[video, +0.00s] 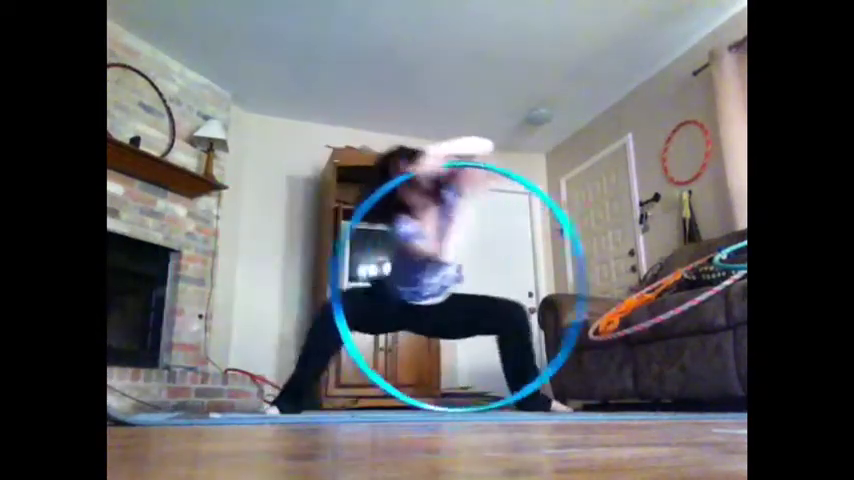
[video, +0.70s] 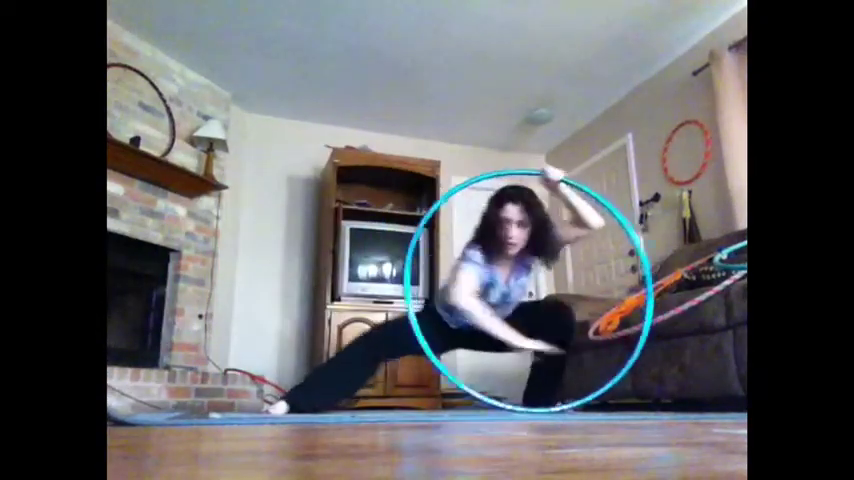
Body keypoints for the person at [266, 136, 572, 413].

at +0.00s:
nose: (413, 184)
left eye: (414, 176)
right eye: (405, 181)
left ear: (427, 174)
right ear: (396, 189)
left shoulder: (451, 192)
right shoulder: (400, 222)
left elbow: (486, 148)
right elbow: (439, 252)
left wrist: (439, 155)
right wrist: (456, 198)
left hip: (438, 308)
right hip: (390, 306)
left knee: (510, 316)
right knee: (336, 311)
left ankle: (533, 403)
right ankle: (290, 403)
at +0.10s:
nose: (452, 196)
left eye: (455, 187)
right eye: (442, 191)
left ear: (467, 184)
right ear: (433, 197)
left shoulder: (486, 199)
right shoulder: (438, 232)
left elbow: (536, 161)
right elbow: (484, 263)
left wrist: (497, 160)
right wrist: (529, 223)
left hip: (468, 307)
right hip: (417, 307)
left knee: (538, 315)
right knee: (361, 321)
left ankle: (535, 402)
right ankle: (287, 406)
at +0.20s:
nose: (476, 202)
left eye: (479, 193)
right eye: (467, 197)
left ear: (490, 189)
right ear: (457, 201)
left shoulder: (508, 203)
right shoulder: (462, 237)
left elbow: (561, 176)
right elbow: (509, 271)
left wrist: (531, 168)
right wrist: (566, 243)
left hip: (484, 311)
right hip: (433, 309)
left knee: (547, 315)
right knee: (366, 338)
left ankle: (534, 405)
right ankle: (291, 405)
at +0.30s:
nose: (500, 209)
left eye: (503, 201)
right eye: (494, 204)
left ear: (512, 201)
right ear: (484, 207)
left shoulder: (526, 213)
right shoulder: (479, 246)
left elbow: (580, 196)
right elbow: (525, 284)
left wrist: (554, 176)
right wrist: (584, 278)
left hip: (495, 315)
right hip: (447, 313)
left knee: (557, 316)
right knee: (375, 350)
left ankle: (534, 409)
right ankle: (288, 405)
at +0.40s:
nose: (510, 214)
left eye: (516, 206)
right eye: (502, 208)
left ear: (532, 210)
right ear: (493, 218)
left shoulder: (543, 233)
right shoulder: (493, 255)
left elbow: (602, 215)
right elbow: (542, 298)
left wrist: (570, 186)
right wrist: (596, 322)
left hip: (507, 326)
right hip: (457, 324)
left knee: (567, 323)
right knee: (388, 357)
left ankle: (535, 405)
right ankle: (293, 405)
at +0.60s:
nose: (522, 229)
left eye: (530, 221)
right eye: (513, 222)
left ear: (541, 225)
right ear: (500, 226)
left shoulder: (544, 246)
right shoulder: (490, 260)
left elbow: (602, 226)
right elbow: (501, 311)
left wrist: (572, 187)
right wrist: (560, 342)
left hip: (500, 330)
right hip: (451, 330)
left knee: (566, 317)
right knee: (382, 349)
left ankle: (535, 415)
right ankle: (294, 406)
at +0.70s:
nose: (513, 233)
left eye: (521, 225)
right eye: (505, 224)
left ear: (533, 229)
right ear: (493, 225)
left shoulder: (537, 247)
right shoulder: (478, 254)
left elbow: (593, 225)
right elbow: (462, 300)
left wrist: (561, 187)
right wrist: (521, 342)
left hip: (493, 324)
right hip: (445, 322)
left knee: (558, 317)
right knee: (373, 344)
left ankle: (538, 413)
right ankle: (291, 405)